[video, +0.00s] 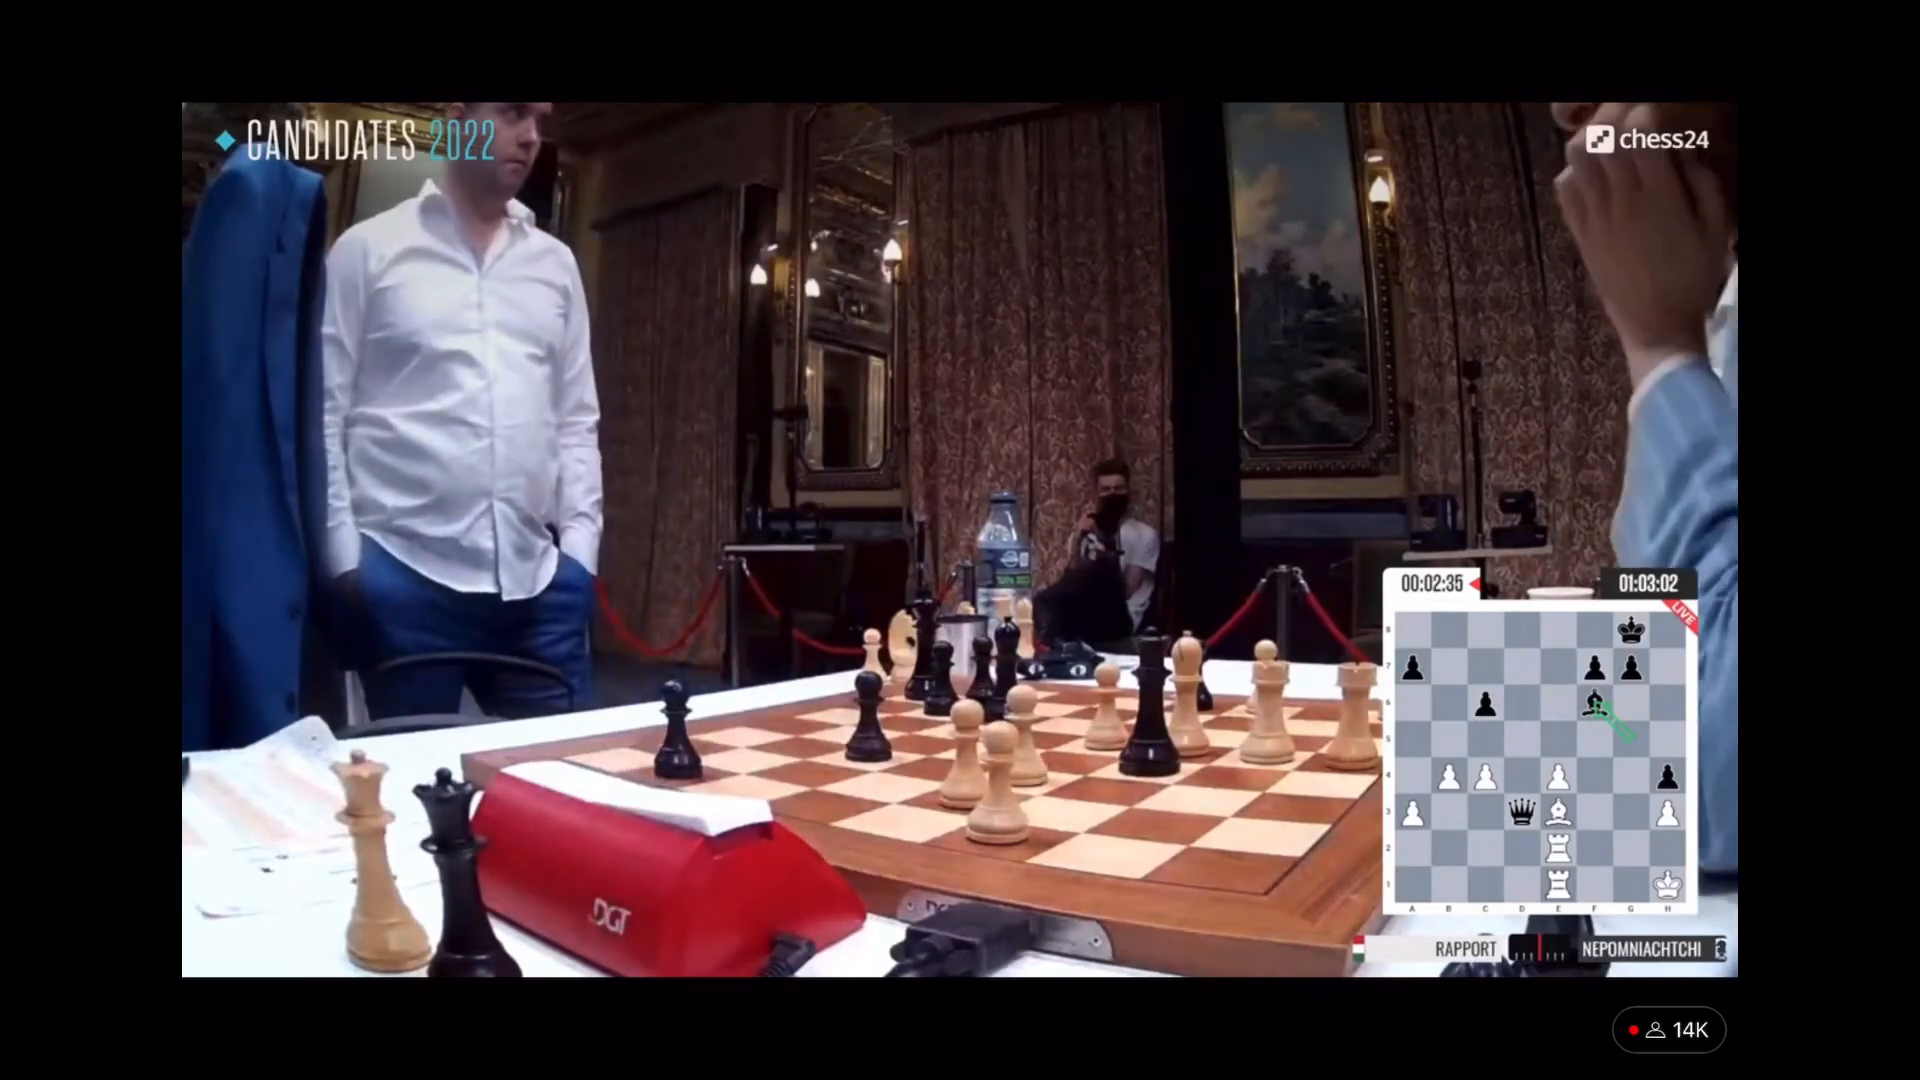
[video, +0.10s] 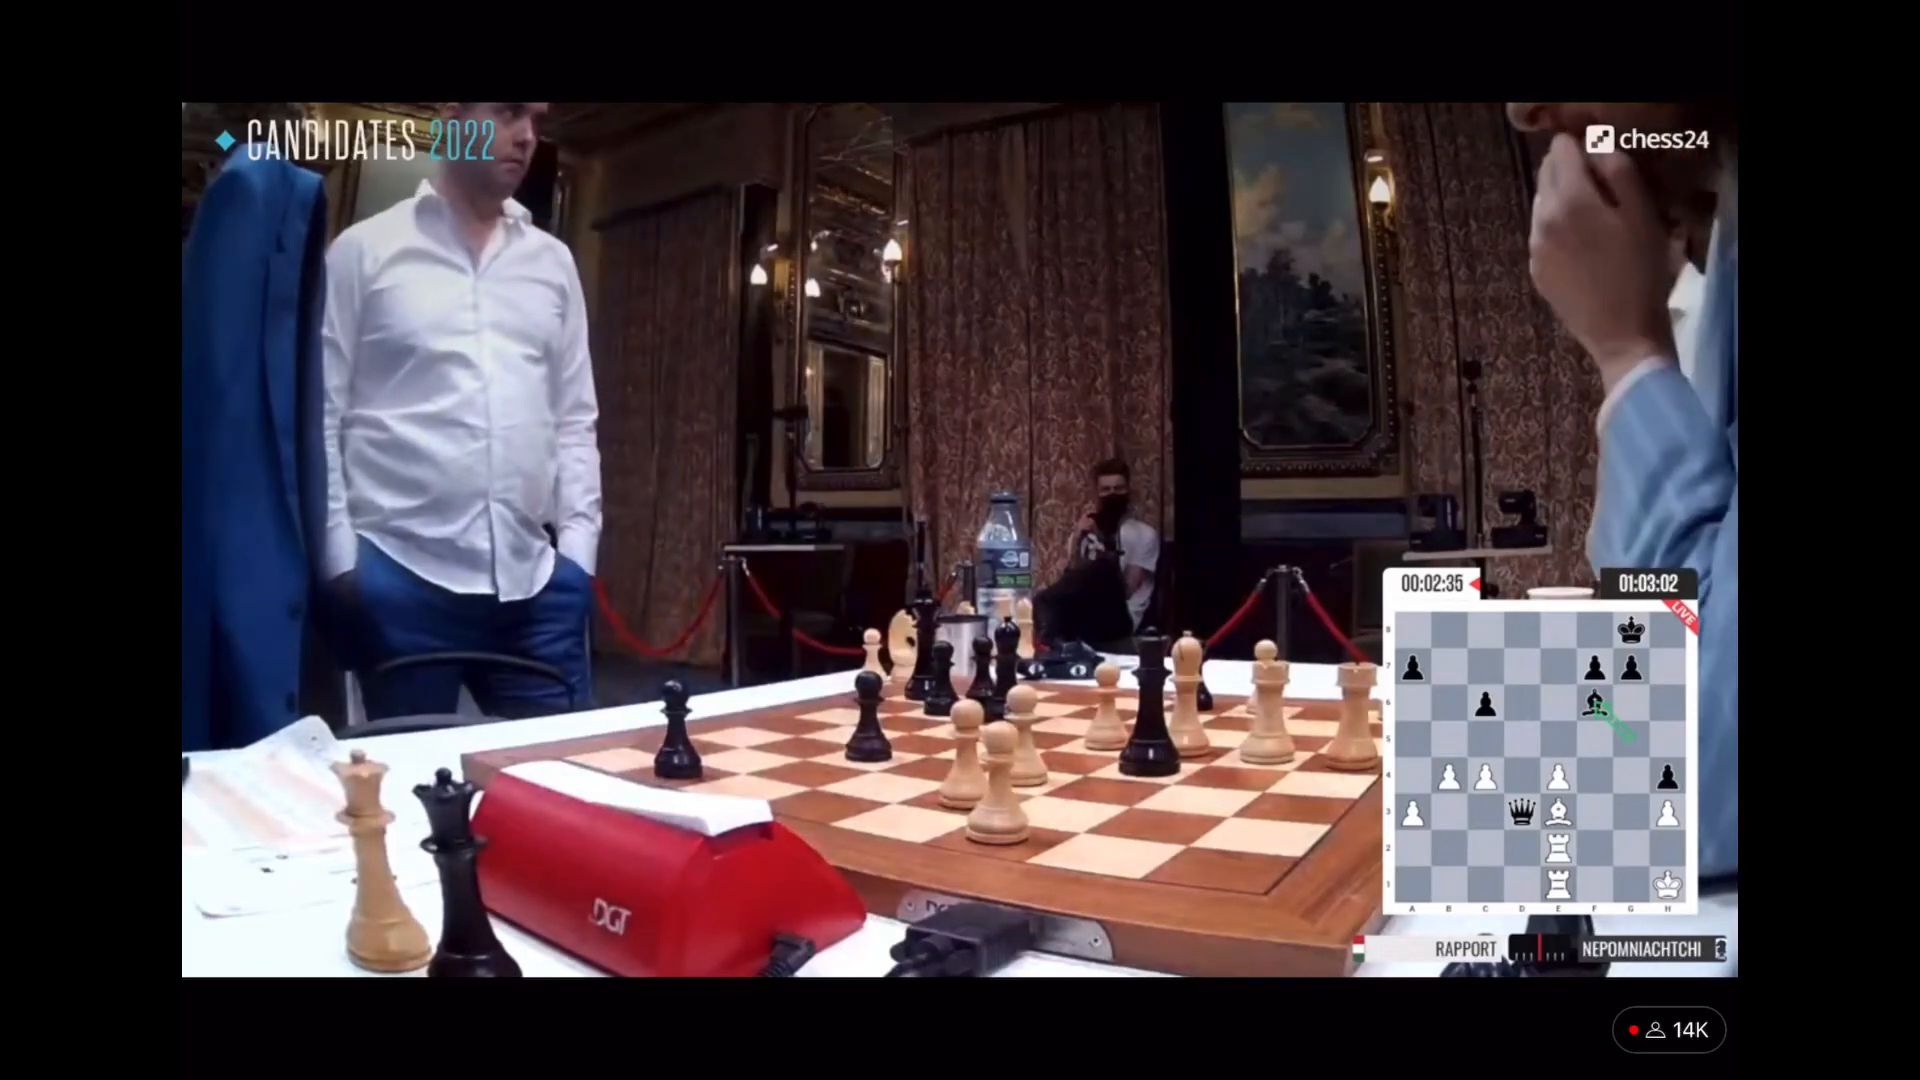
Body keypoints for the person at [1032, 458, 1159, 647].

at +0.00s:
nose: (1112, 495)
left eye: (1119, 489)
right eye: (1105, 489)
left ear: (1128, 490)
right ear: (1096, 492)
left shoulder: (1144, 534)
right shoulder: (1089, 528)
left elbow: (1127, 590)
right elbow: (1073, 576)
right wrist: (1076, 536)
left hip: (1123, 619)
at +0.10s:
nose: (1112, 495)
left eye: (1119, 489)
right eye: (1105, 489)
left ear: (1128, 490)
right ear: (1096, 492)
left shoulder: (1144, 534)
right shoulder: (1089, 528)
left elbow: (1127, 589)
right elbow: (1072, 576)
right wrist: (1076, 536)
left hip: (1123, 619)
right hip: (1087, 609)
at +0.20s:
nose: (1112, 495)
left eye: (1119, 489)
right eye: (1105, 489)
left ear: (1128, 490)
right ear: (1096, 492)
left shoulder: (1144, 534)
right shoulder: (1089, 528)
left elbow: (1127, 589)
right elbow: (1072, 576)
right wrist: (1076, 536)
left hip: (1123, 619)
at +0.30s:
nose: (1112, 495)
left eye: (1119, 489)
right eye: (1105, 490)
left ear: (1128, 491)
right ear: (1096, 493)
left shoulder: (1145, 535)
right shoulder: (1087, 530)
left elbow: (1127, 589)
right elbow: (1069, 578)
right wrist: (1077, 535)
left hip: (1123, 621)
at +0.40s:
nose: (1112, 495)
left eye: (1118, 489)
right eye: (1105, 490)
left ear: (1127, 491)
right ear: (1096, 492)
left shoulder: (1145, 535)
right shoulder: (1086, 530)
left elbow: (1126, 589)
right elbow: (1069, 578)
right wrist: (1077, 535)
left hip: (1123, 622)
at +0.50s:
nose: (1112, 495)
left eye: (1118, 489)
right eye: (1104, 490)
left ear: (1127, 491)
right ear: (1096, 492)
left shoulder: (1145, 535)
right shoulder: (1086, 530)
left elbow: (1126, 589)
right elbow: (1069, 578)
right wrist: (1076, 535)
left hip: (1123, 621)